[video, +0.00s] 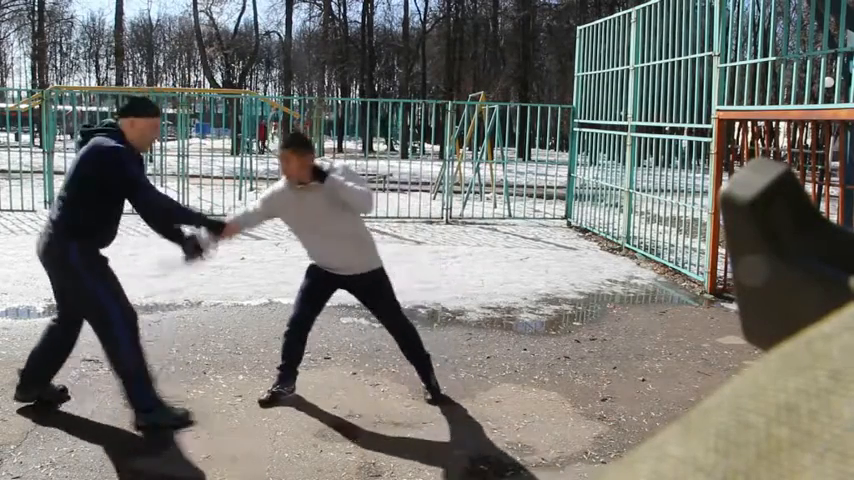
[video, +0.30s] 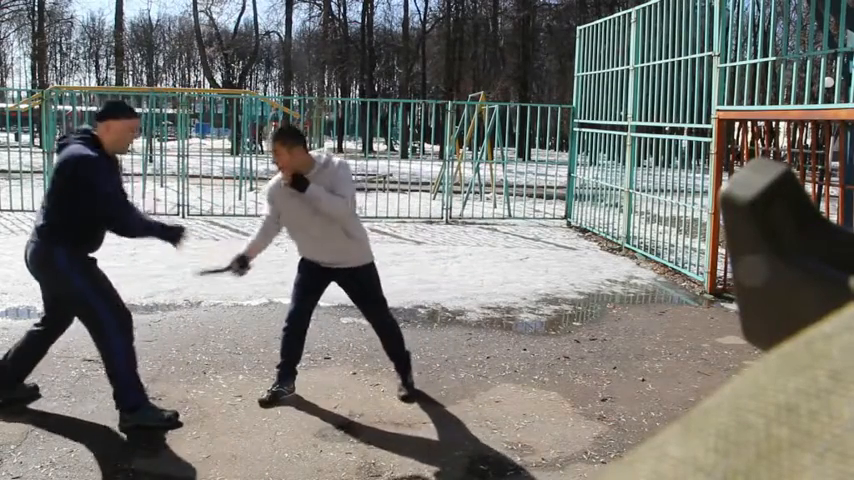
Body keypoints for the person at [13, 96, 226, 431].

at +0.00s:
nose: (157, 135)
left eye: (158, 128)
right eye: (153, 127)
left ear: (130, 124)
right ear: (131, 123)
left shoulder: (114, 150)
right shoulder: (113, 154)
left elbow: (148, 206)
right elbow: (152, 202)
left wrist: (183, 238)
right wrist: (206, 221)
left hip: (62, 247)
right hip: (74, 251)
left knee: (68, 320)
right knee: (120, 321)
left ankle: (32, 385)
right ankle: (149, 410)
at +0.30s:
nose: (133, 139)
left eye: (135, 133)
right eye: (130, 131)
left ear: (106, 127)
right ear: (107, 126)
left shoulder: (93, 155)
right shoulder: (88, 161)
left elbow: (118, 213)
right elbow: (119, 219)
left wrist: (155, 226)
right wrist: (164, 231)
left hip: (52, 254)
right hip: (62, 258)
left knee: (55, 321)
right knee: (115, 322)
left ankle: (5, 382)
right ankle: (134, 409)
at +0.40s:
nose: (121, 126)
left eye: (122, 119)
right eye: (116, 118)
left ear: (95, 118)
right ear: (92, 116)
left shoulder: (84, 148)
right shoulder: (67, 151)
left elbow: (92, 196)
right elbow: (77, 204)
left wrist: (130, 201)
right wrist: (132, 202)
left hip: (52, 249)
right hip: (58, 253)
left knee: (47, 321)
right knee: (104, 326)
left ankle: (5, 383)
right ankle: (133, 408)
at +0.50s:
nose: (105, 116)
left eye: (106, 109)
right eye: (100, 108)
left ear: (82, 108)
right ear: (77, 106)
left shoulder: (71, 137)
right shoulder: (57, 140)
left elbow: (73, 188)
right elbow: (66, 195)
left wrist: (105, 171)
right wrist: (107, 171)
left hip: (54, 246)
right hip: (58, 249)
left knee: (40, 319)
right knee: (102, 316)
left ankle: (6, 383)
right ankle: (116, 404)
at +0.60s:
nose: (98, 106)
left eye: (98, 99)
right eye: (92, 98)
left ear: (74, 101)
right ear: (68, 99)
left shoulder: (65, 132)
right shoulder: (51, 134)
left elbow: (65, 186)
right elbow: (59, 188)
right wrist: (100, 172)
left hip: (56, 240)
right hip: (59, 243)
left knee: (42, 314)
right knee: (100, 314)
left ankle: (5, 382)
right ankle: (99, 401)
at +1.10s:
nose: (91, 102)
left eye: (90, 95)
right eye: (85, 95)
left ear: (62, 99)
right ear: (61, 98)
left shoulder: (53, 130)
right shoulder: (56, 134)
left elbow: (65, 186)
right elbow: (70, 187)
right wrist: (113, 178)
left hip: (49, 239)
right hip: (68, 242)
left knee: (56, 308)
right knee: (109, 312)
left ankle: (8, 376)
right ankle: (118, 399)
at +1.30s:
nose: (111, 110)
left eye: (110, 103)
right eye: (107, 103)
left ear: (84, 101)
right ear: (88, 102)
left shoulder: (61, 126)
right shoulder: (75, 133)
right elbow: (103, 187)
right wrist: (155, 205)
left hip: (30, 233)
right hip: (50, 237)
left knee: (46, 305)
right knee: (94, 306)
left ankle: (7, 370)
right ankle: (103, 395)